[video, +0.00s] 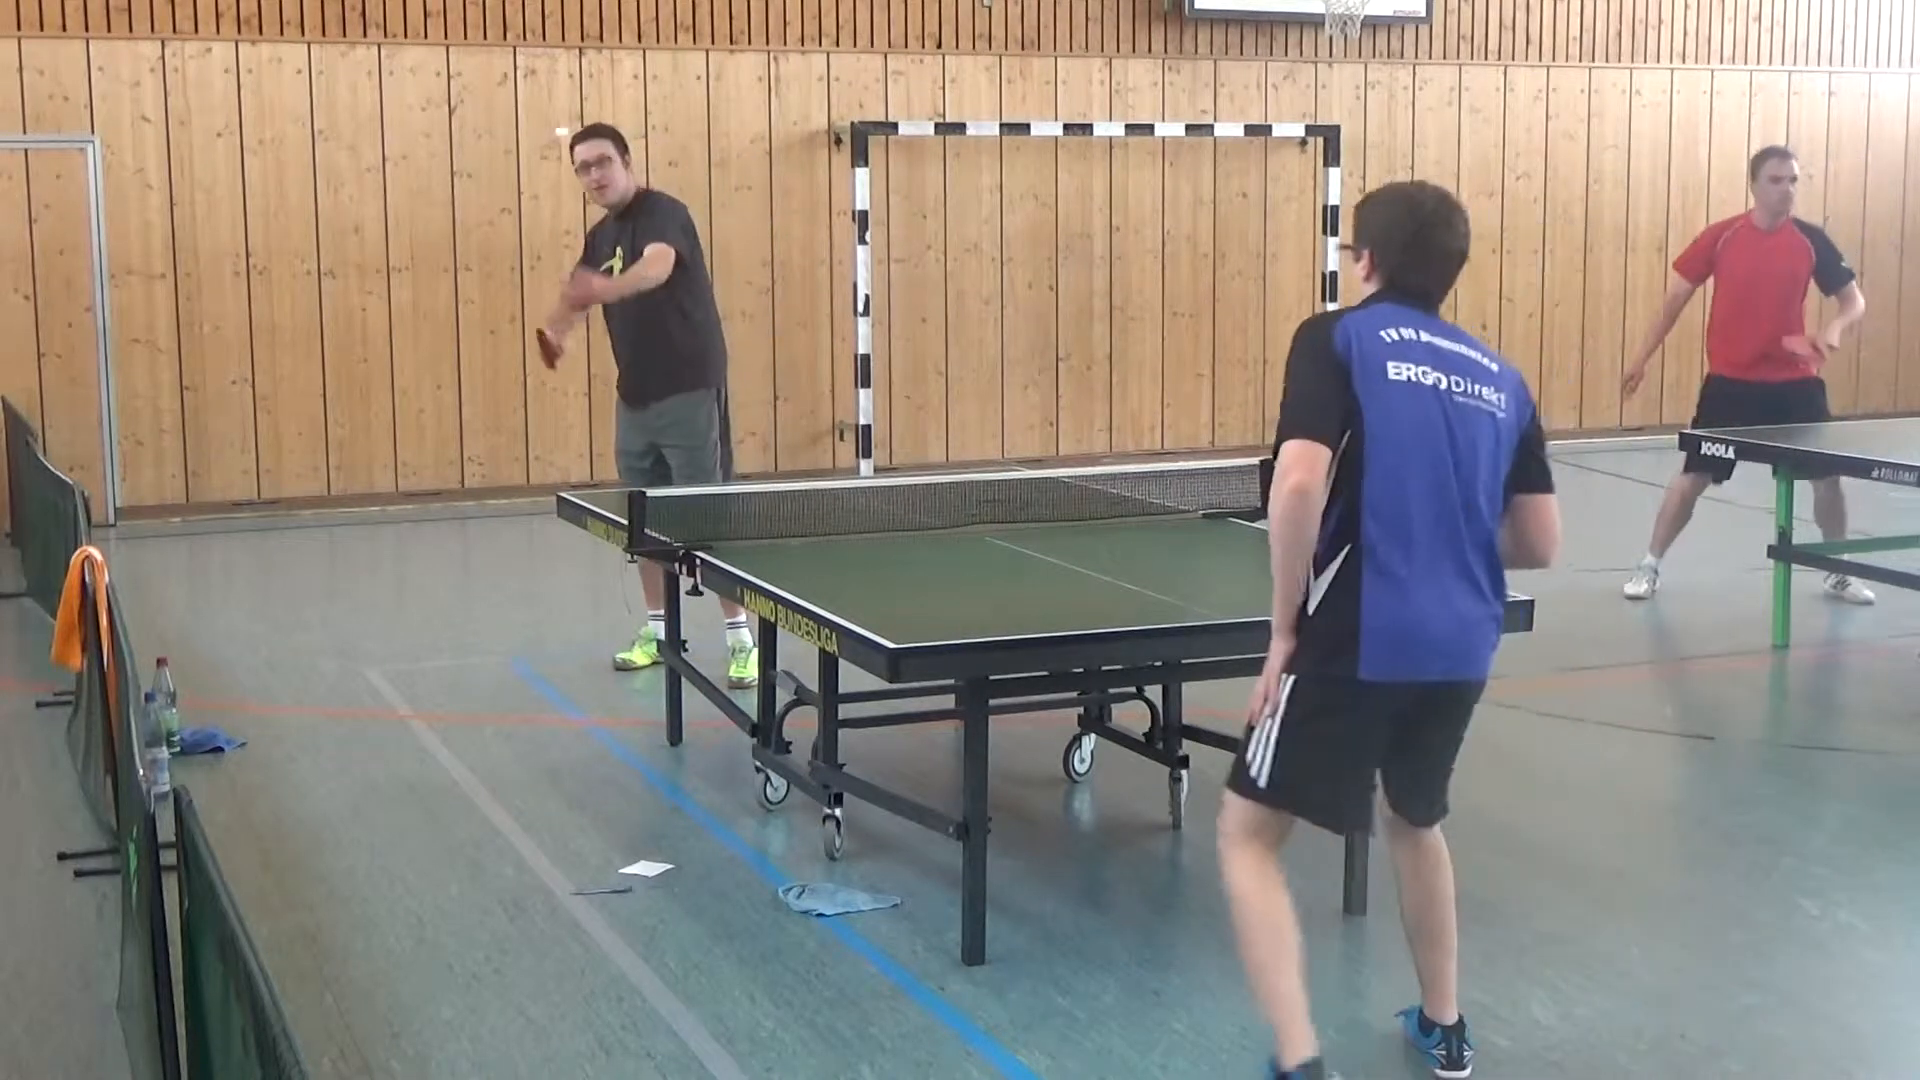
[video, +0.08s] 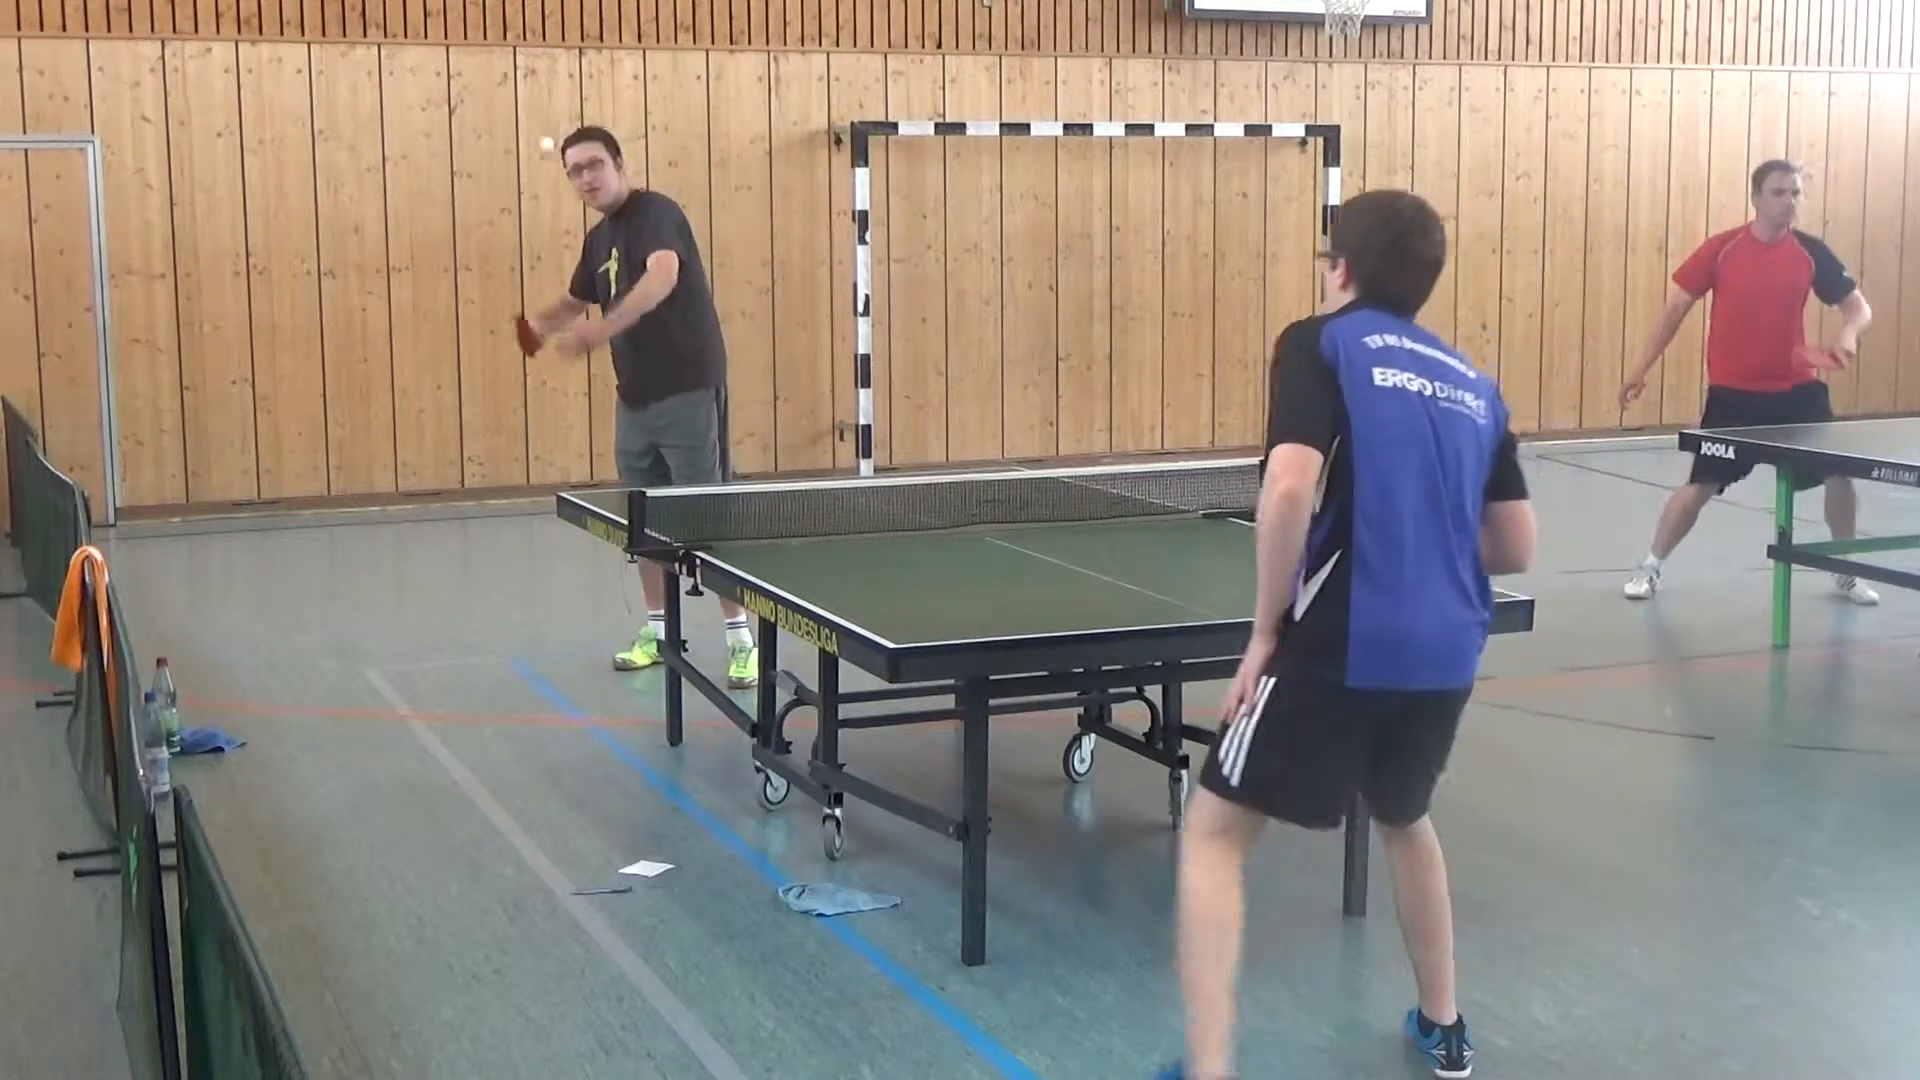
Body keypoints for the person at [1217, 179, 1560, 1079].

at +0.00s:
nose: (1346, 267)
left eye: (1352, 254)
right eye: (1352, 252)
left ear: (1371, 265)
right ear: (1449, 275)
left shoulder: (1334, 338)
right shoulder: (1503, 378)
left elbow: (1301, 482)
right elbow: (1538, 542)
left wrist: (1283, 626)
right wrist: (1446, 526)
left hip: (1353, 643)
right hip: (1461, 651)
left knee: (1248, 834)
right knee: (1417, 818)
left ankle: (1297, 1058)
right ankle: (1444, 1024)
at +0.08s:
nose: (1322, 275)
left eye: (1328, 261)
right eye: (1326, 260)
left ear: (1348, 272)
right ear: (1424, 281)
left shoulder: (1318, 344)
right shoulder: (1474, 381)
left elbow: (1290, 486)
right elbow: (1515, 546)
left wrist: (1266, 628)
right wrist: (1417, 541)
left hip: (1340, 650)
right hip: (1446, 657)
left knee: (1215, 831)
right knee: (1406, 818)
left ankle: (1207, 1065)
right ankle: (1444, 1027)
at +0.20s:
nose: (1279, 293)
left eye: (1283, 281)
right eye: (1285, 279)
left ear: (1300, 289)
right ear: (1380, 299)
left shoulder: (1274, 361)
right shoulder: (1433, 395)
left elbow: (1243, 498)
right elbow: (1475, 561)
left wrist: (1235, 641)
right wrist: (1395, 541)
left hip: (1306, 667)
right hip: (1412, 673)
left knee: (1175, 859)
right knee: (1386, 821)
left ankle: (1085, 1069)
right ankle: (1442, 1027)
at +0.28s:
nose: (1247, 307)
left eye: (1251, 295)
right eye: (1251, 293)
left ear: (1269, 304)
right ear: (1350, 313)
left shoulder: (1238, 372)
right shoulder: (1403, 405)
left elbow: (1193, 512)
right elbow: (1446, 575)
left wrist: (1192, 651)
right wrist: (1365, 573)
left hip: (1271, 670)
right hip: (1382, 678)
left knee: (1138, 856)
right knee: (1374, 825)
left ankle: (1068, 1069)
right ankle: (1441, 1026)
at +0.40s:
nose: (1203, 314)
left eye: (1208, 302)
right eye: (1209, 300)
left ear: (1225, 312)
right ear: (1309, 322)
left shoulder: (1185, 380)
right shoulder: (1364, 415)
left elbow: (1126, 518)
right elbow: (1406, 584)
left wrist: (1132, 650)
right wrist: (1328, 555)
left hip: (1213, 678)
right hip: (1337, 684)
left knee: (1097, 856)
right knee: (1367, 828)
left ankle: (1060, 1070)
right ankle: (1440, 1026)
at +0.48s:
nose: (1185, 311)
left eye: (1189, 300)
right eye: (1189, 298)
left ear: (1204, 308)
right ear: (1292, 317)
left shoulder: (1164, 377)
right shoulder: (1347, 408)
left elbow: (1105, 512)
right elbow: (1388, 585)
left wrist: (1117, 642)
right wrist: (1316, 571)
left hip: (1192, 673)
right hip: (1322, 677)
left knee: (1090, 857)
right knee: (1366, 830)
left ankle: (1060, 1070)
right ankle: (1435, 1025)